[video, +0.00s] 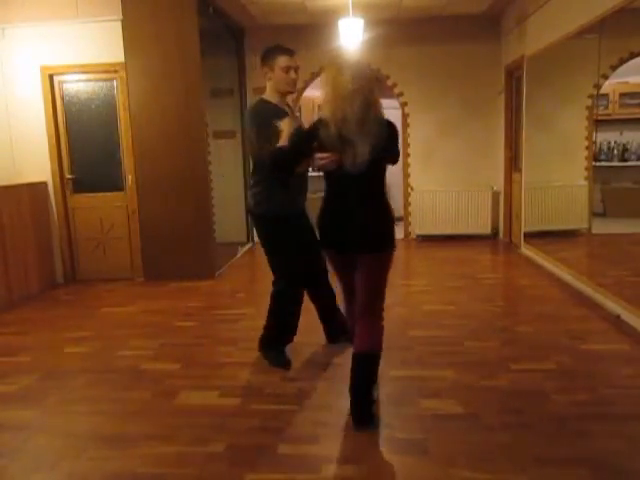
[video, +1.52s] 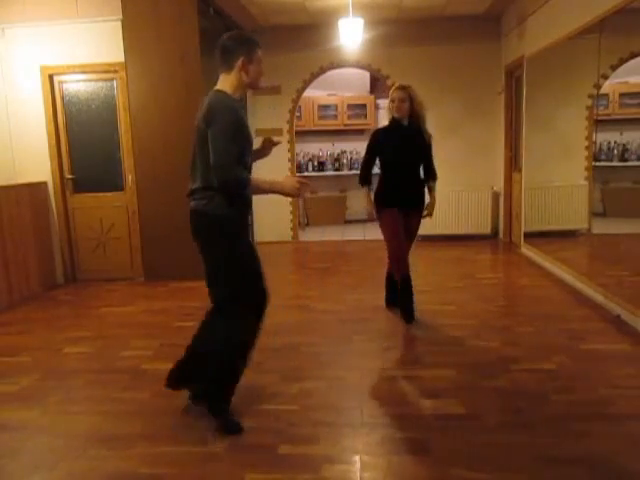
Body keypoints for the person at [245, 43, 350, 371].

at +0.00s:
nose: (294, 76)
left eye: (296, 70)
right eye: (287, 70)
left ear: (297, 73)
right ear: (267, 73)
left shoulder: (291, 111)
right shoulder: (260, 112)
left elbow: (303, 152)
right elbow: (267, 163)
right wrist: (285, 140)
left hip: (292, 207)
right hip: (270, 209)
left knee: (314, 269)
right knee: (291, 275)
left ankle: (336, 328)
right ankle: (272, 343)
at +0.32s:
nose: (298, 78)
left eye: (298, 71)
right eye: (293, 70)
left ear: (272, 73)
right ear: (270, 71)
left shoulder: (273, 111)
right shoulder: (262, 113)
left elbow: (287, 162)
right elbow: (274, 170)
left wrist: (318, 158)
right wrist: (323, 164)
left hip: (269, 211)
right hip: (269, 213)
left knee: (278, 279)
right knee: (323, 263)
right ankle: (287, 340)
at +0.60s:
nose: (300, 76)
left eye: (301, 68)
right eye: (297, 68)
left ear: (272, 67)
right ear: (279, 66)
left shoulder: (261, 106)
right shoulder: (266, 109)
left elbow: (281, 165)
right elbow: (286, 167)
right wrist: (335, 160)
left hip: (260, 216)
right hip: (274, 218)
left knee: (266, 288)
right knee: (299, 292)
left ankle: (264, 364)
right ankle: (271, 376)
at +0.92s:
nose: (295, 72)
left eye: (295, 64)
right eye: (293, 64)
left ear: (270, 61)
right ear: (277, 61)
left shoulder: (264, 103)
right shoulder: (248, 103)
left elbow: (267, 167)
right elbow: (247, 170)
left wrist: (307, 167)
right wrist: (300, 182)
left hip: (269, 223)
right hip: (252, 225)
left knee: (291, 298)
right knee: (266, 305)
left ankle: (267, 386)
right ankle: (218, 390)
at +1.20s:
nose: (283, 73)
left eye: (283, 65)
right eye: (281, 65)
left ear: (255, 59)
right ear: (267, 59)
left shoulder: (244, 99)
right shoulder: (240, 99)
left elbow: (247, 166)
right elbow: (232, 167)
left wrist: (285, 169)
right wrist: (283, 188)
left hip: (236, 218)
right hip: (227, 219)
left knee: (276, 284)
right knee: (228, 310)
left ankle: (267, 375)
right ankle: (200, 415)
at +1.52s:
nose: (260, 73)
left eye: (259, 66)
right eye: (258, 66)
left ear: (231, 64)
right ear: (243, 65)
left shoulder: (219, 103)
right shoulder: (224, 108)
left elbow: (224, 167)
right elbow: (228, 176)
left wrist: (259, 151)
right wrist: (277, 185)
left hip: (213, 214)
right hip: (219, 217)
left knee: (231, 300)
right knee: (249, 299)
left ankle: (194, 373)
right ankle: (215, 395)